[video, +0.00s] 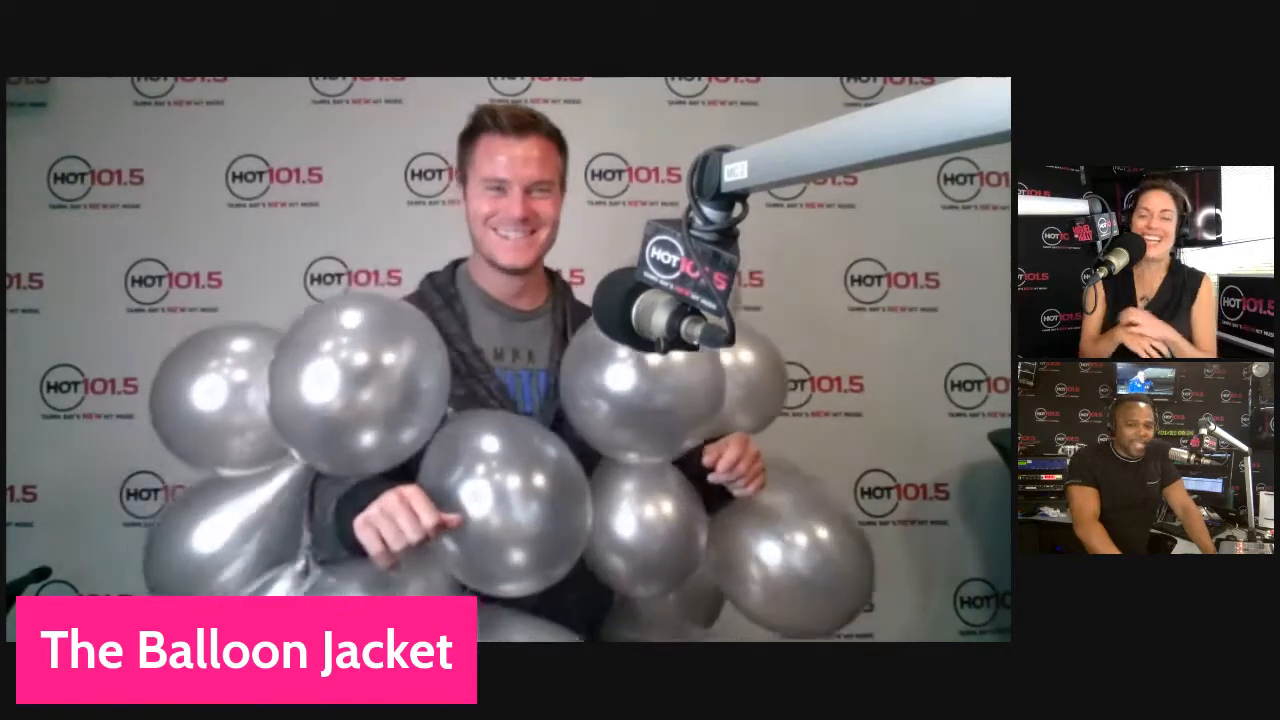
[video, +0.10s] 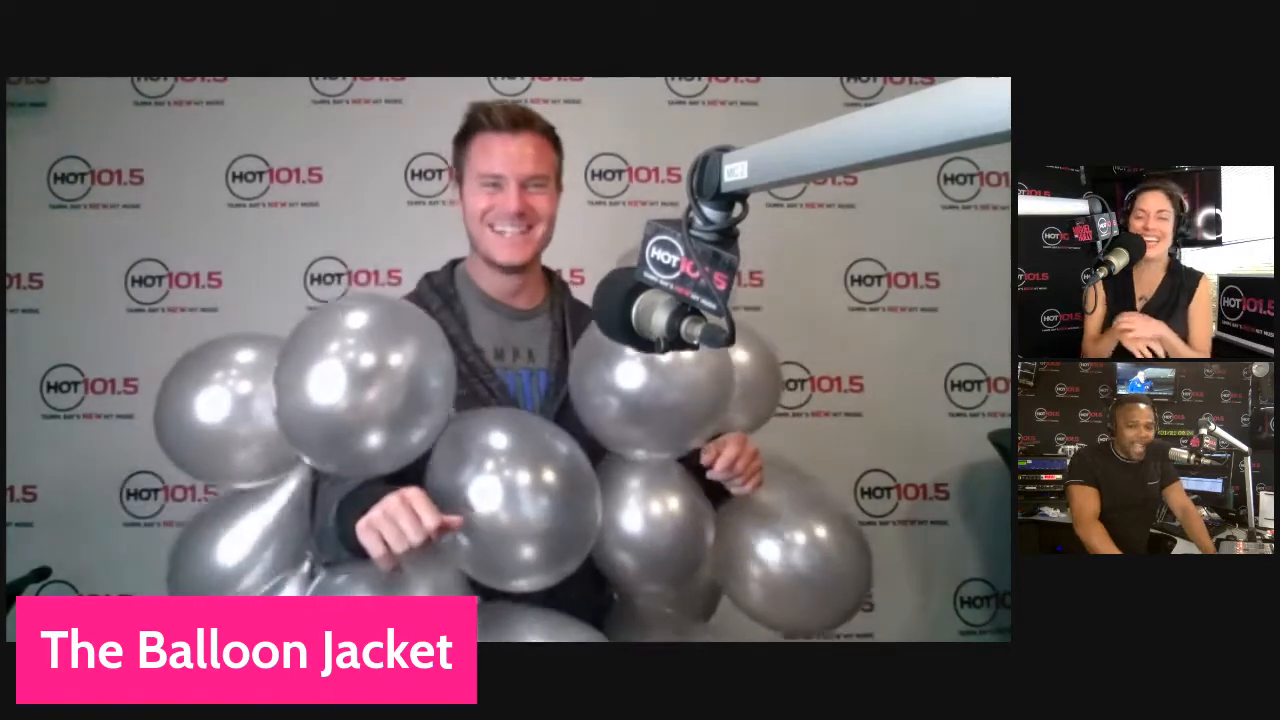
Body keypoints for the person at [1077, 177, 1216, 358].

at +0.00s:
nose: (1152, 225)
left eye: (1165, 217)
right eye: (1143, 215)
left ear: (1178, 227)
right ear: (1130, 222)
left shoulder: (1198, 285)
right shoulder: (1103, 282)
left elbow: (1208, 362)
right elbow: (1086, 353)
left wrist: (1166, 332)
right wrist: (1117, 334)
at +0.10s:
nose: (1149, 226)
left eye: (1162, 218)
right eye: (1139, 216)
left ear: (1176, 226)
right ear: (1127, 222)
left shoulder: (1195, 285)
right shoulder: (1102, 282)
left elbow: (1201, 361)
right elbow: (1089, 354)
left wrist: (1161, 330)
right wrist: (1118, 331)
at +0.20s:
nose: (1145, 225)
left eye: (1158, 217)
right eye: (1136, 216)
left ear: (1173, 226)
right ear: (1125, 222)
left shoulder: (1193, 283)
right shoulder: (1102, 282)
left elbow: (1203, 360)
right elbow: (1089, 356)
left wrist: (1163, 331)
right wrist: (1113, 330)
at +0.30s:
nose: (1142, 225)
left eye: (1154, 216)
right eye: (1132, 216)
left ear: (1170, 227)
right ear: (1121, 224)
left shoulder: (1192, 284)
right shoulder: (1101, 284)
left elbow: (1208, 359)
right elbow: (1088, 357)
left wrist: (1171, 334)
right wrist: (1109, 327)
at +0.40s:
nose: (1137, 225)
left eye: (1148, 215)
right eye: (1128, 217)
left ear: (1164, 225)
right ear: (1119, 226)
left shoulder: (1190, 284)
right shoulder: (1099, 286)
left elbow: (1209, 358)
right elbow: (1088, 356)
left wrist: (1178, 335)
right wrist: (1107, 326)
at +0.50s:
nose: (1133, 225)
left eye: (1143, 216)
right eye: (1123, 218)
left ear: (1160, 224)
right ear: (1116, 228)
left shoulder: (1186, 284)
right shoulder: (1098, 285)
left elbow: (1206, 358)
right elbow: (1086, 356)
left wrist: (1180, 337)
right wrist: (1106, 325)